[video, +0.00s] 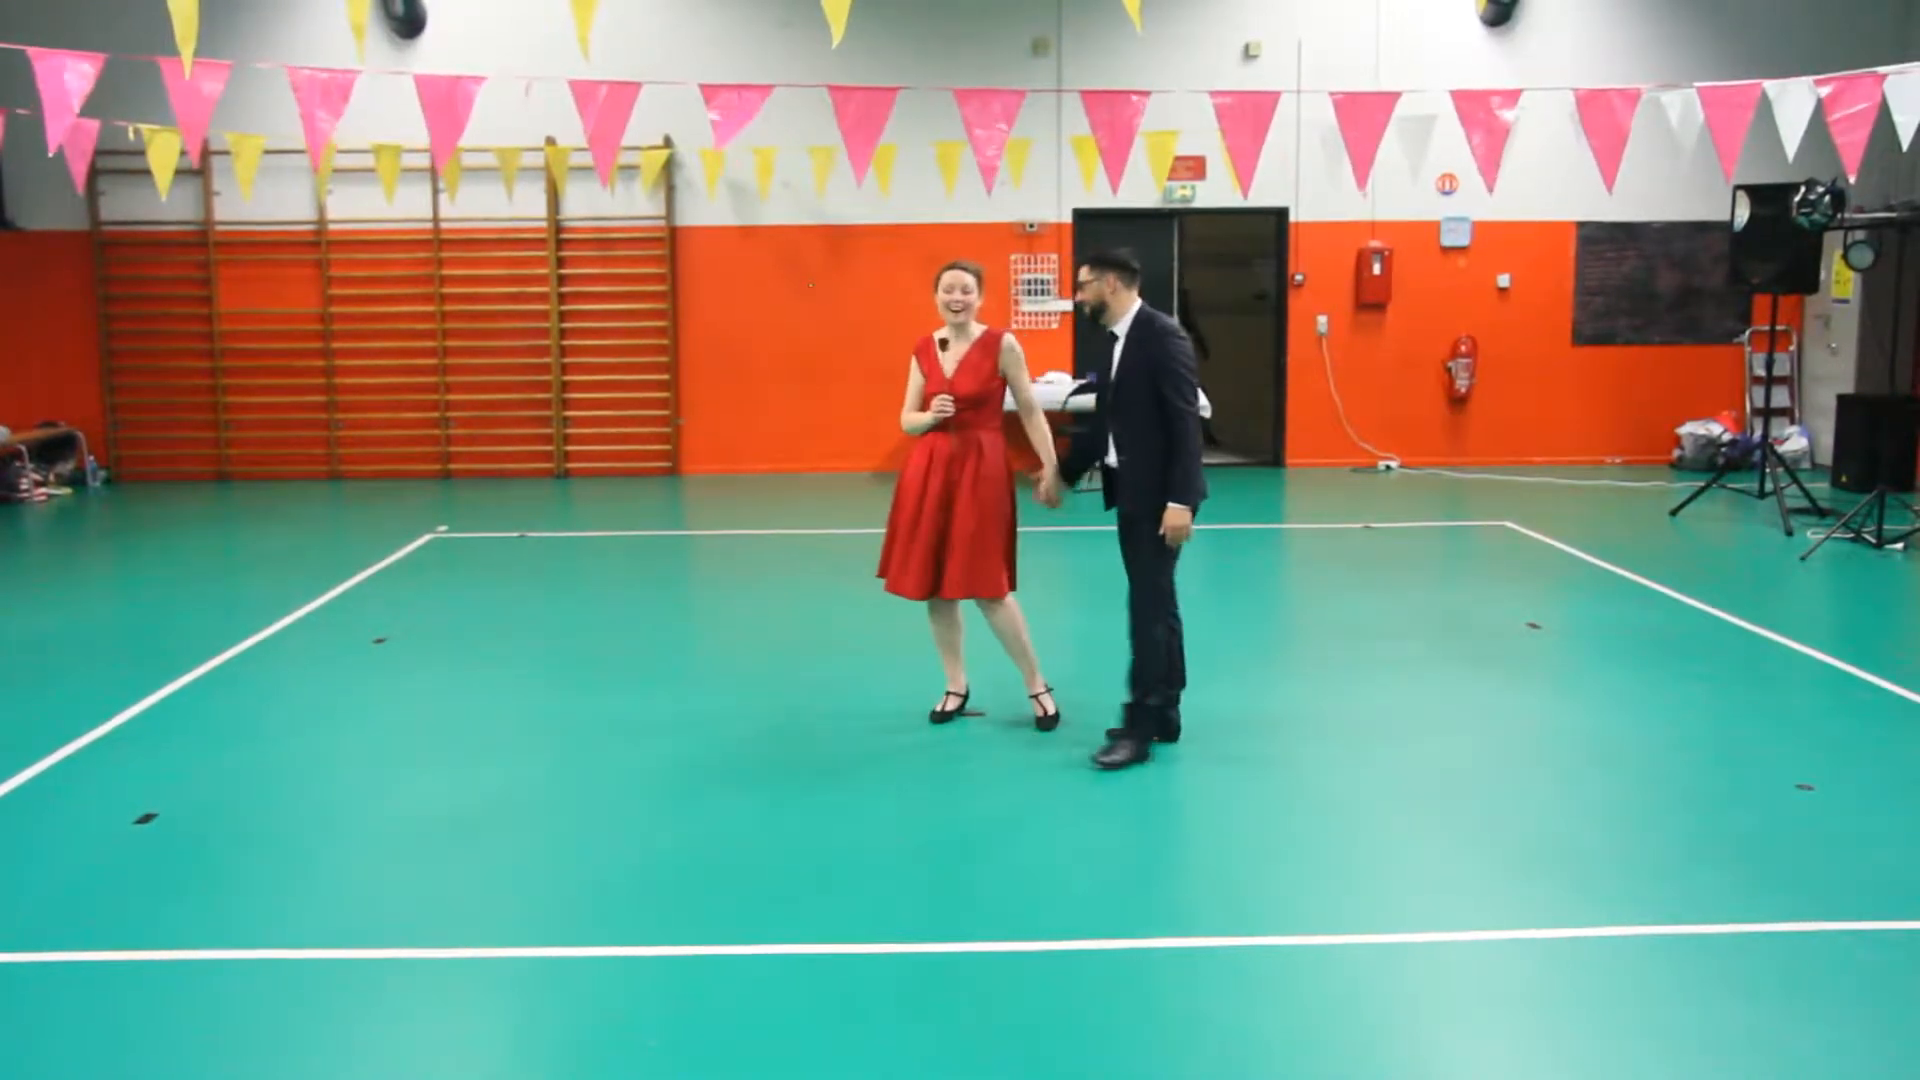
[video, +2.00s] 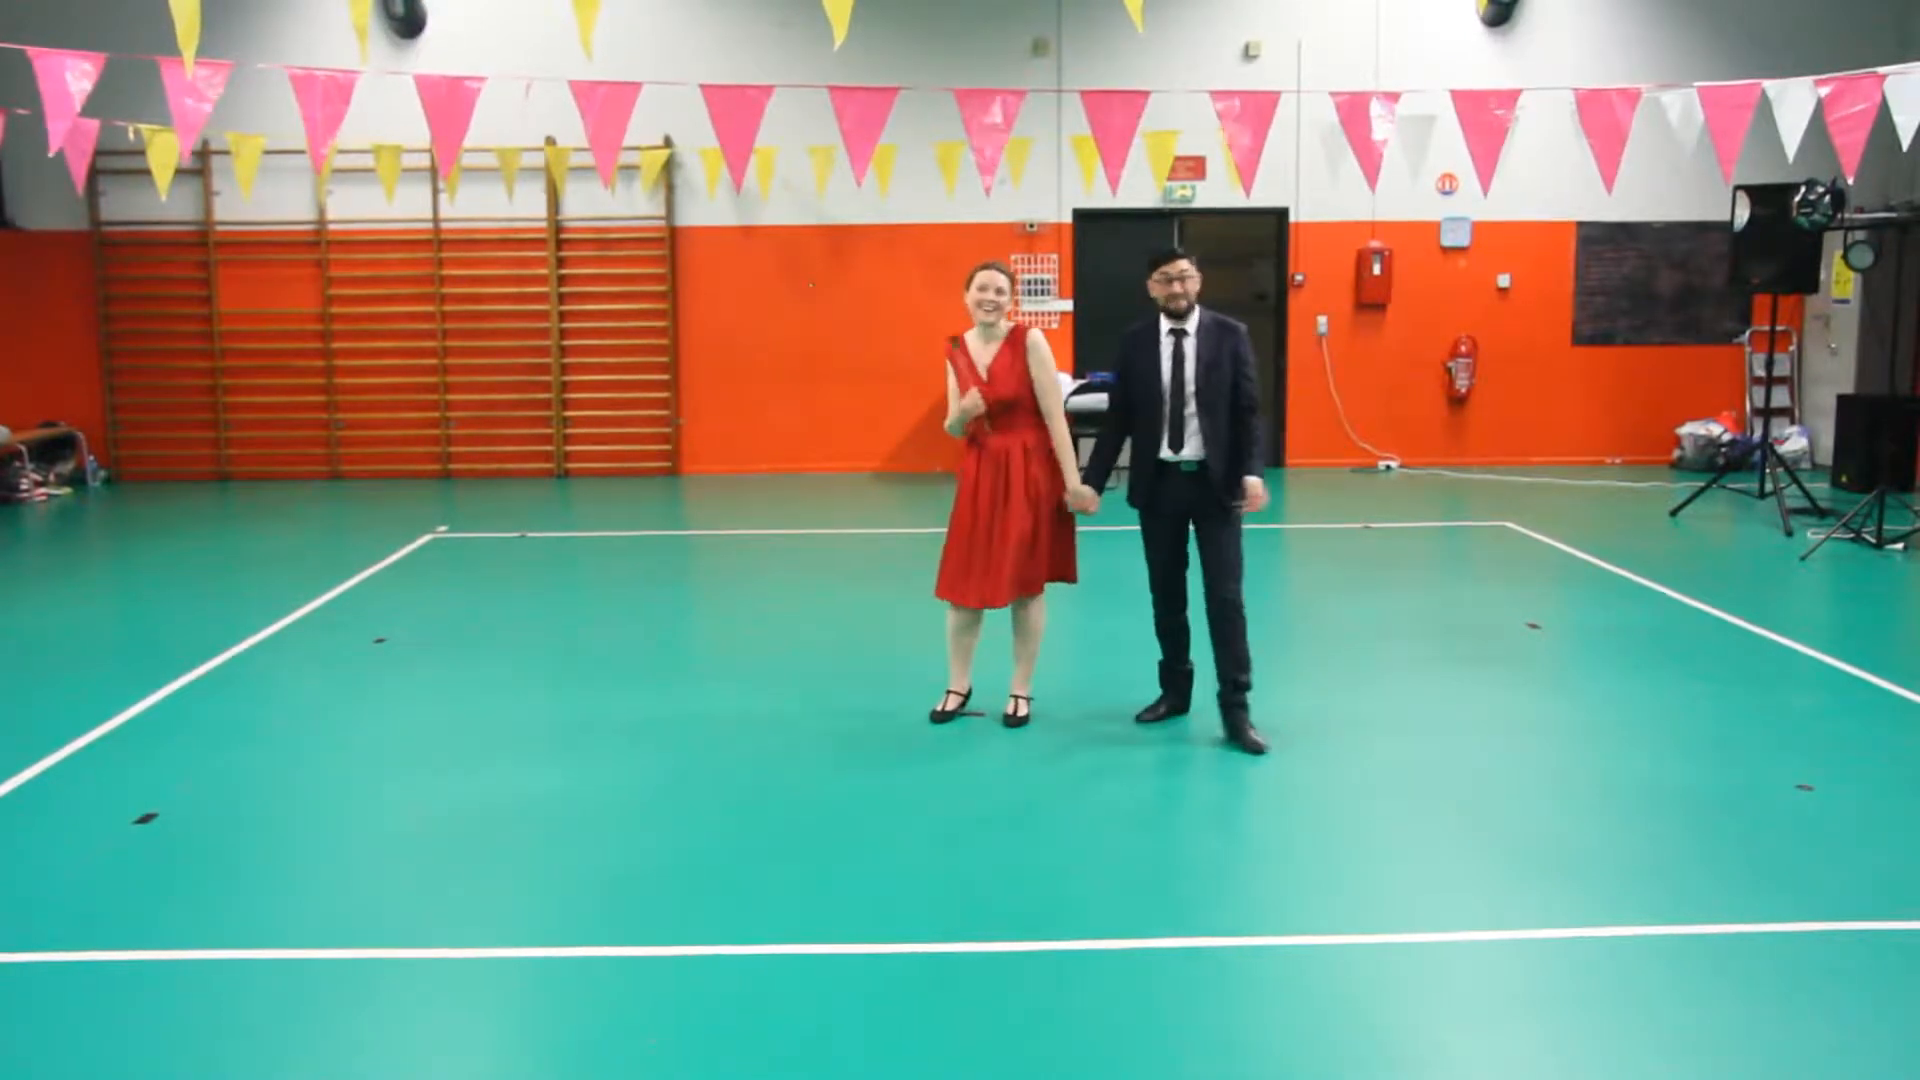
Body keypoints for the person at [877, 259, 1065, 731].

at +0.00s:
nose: (956, 298)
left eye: (965, 290)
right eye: (948, 290)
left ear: (980, 298)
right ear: (936, 297)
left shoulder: (1001, 346)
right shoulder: (925, 350)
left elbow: (1030, 410)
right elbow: (908, 420)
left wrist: (1050, 467)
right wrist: (930, 415)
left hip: (982, 472)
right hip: (933, 471)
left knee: (988, 588)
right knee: (937, 588)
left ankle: (1036, 687)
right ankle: (955, 687)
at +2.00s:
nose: (989, 297)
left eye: (998, 291)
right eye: (981, 289)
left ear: (1011, 300)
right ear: (966, 296)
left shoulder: (1030, 341)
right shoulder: (958, 350)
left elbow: (1055, 414)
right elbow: (953, 425)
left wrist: (1073, 482)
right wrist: (962, 411)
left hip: (1029, 469)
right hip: (981, 470)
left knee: (1026, 587)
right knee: (966, 586)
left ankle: (1021, 691)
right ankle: (957, 687)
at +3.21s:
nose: (991, 296)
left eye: (993, 288)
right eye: (983, 288)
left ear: (992, 293)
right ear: (954, 292)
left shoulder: (1003, 338)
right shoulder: (926, 348)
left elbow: (1042, 403)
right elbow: (910, 422)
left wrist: (1087, 456)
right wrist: (971, 413)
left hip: (995, 474)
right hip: (944, 476)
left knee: (1004, 586)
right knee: (947, 586)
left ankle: (1018, 689)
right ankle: (951, 682)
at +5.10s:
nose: (1026, 296)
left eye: (1029, 289)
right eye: (1016, 290)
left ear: (1034, 294)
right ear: (992, 296)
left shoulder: (1052, 344)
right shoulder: (971, 350)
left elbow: (1067, 414)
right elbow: (954, 425)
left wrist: (1075, 467)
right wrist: (1011, 416)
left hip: (1041, 477)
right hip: (987, 477)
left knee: (1033, 590)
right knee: (977, 587)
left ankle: (1018, 685)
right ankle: (960, 677)